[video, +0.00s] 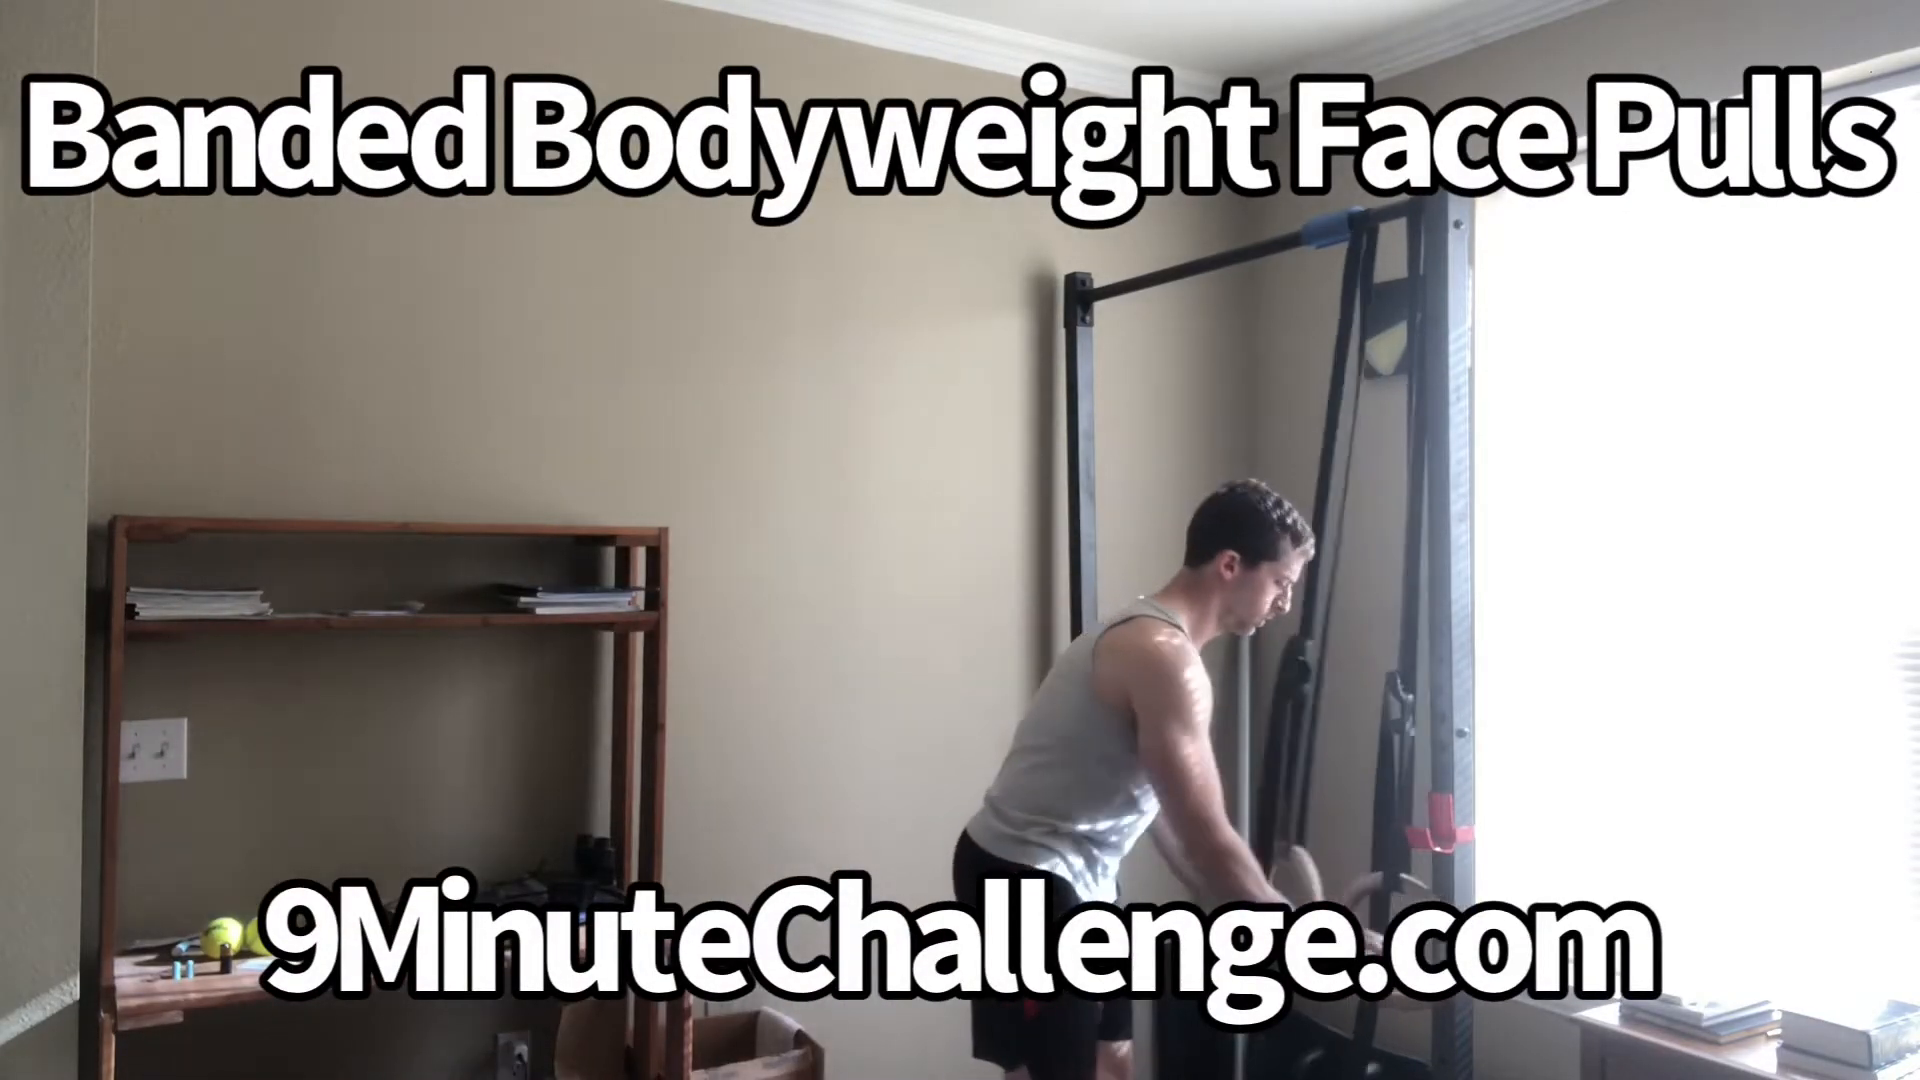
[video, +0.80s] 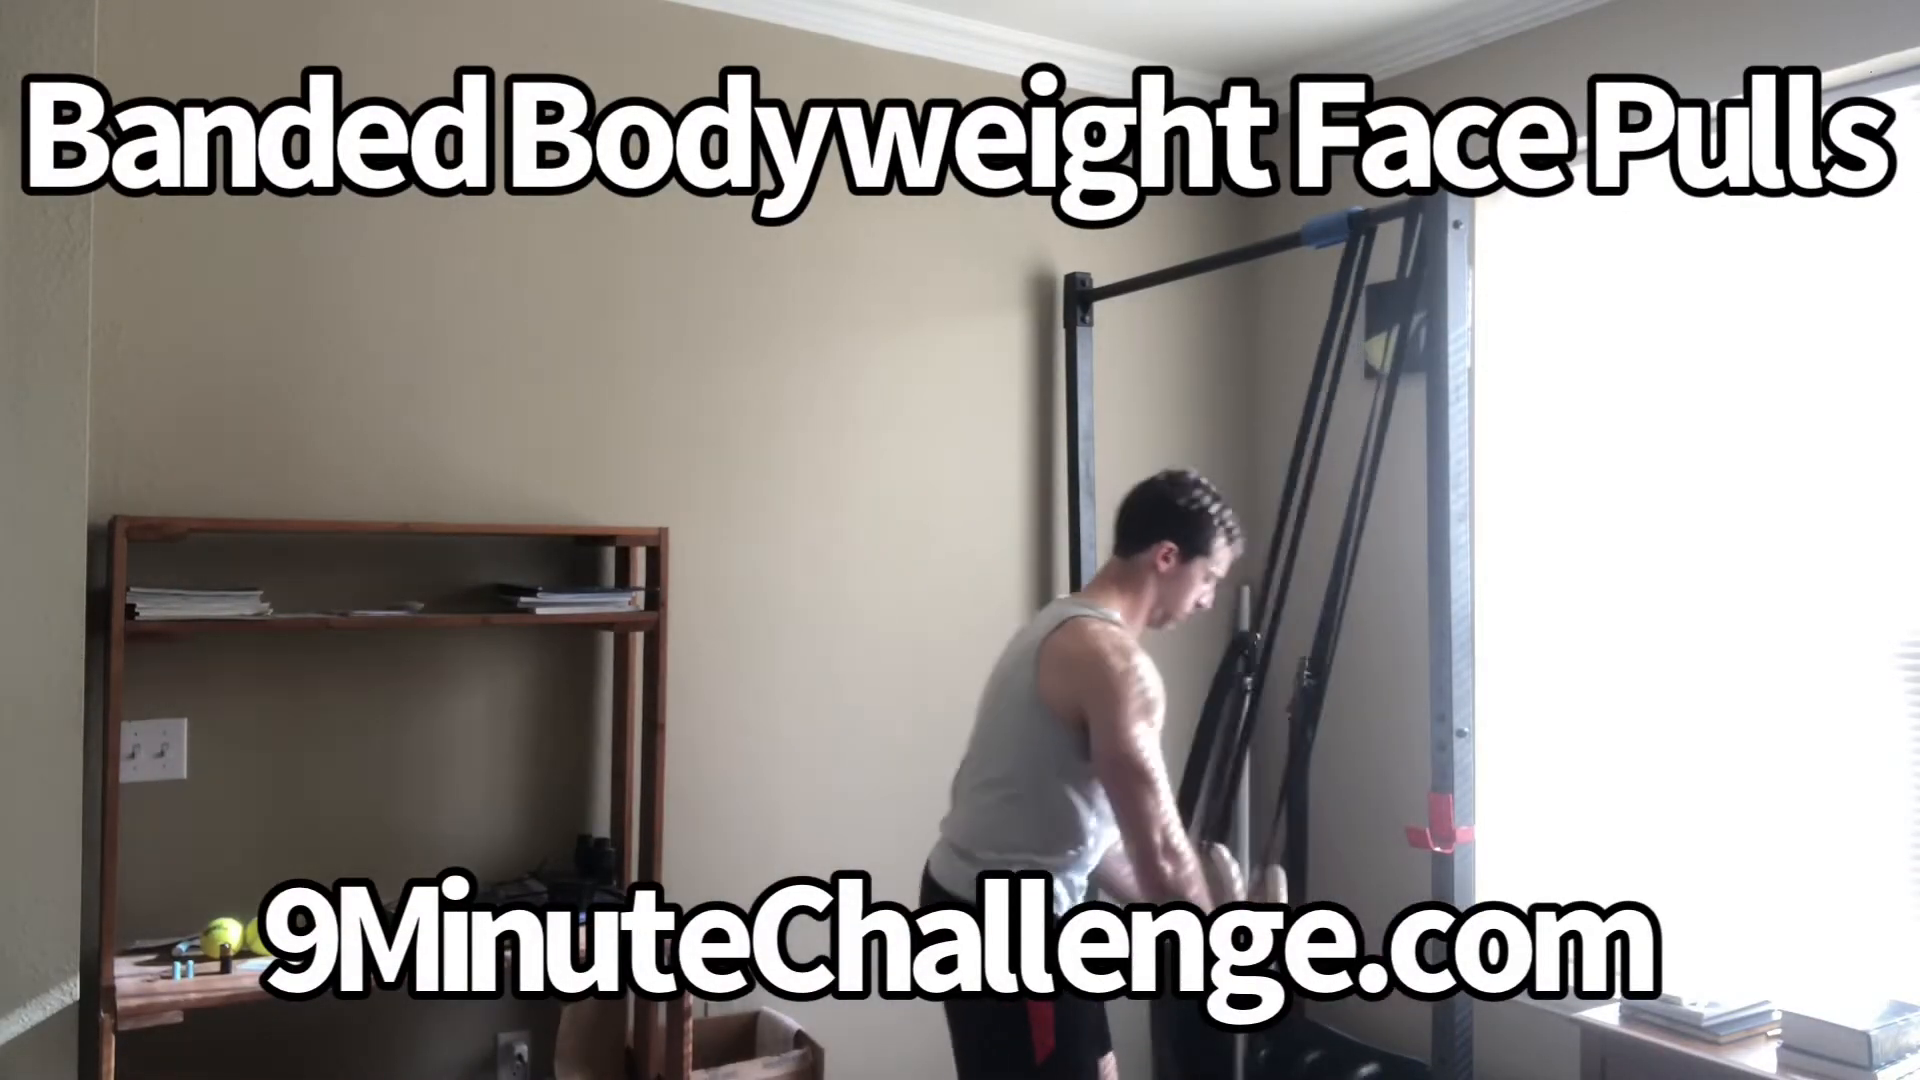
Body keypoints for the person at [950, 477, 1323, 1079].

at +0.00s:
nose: (1285, 604)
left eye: (1290, 587)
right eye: (1282, 583)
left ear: (1227, 568)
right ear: (1229, 566)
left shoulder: (1142, 634)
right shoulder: (1164, 657)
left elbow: (1172, 832)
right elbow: (1209, 841)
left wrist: (1253, 923)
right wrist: (1300, 933)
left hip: (1077, 874)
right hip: (1031, 875)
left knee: (1112, 1061)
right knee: (1054, 1067)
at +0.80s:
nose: (1208, 601)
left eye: (1216, 583)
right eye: (1209, 578)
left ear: (1155, 557)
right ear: (1165, 558)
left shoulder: (1060, 626)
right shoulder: (1115, 661)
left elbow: (1090, 832)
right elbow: (1161, 851)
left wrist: (1169, 919)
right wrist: (1220, 944)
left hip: (970, 891)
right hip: (1018, 908)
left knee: (1093, 1063)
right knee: (1078, 1068)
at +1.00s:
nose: (1157, 598)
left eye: (1167, 579)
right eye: (1162, 575)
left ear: (1106, 550)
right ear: (1123, 554)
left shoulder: (986, 631)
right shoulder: (1081, 667)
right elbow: (1126, 874)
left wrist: (1104, 901)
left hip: (928, 912)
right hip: (1006, 942)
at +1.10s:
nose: (1132, 588)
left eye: (1141, 570)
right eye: (1136, 567)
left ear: (1082, 538)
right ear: (1100, 544)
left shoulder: (952, 626)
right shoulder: (1068, 662)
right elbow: (1102, 867)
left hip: (908, 921)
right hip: (999, 949)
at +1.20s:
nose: (1105, 580)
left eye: (1114, 560)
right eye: (1109, 557)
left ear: (1022, 524)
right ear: (1073, 535)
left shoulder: (921, 622)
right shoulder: (1047, 654)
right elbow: (1076, 861)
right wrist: (1123, 973)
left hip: (887, 936)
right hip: (986, 954)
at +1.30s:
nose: (1073, 577)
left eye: (1082, 558)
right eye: (1079, 554)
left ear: (986, 519)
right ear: (1043, 531)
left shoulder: (889, 622)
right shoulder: (1020, 653)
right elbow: (1044, 853)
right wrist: (1105, 964)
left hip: (868, 944)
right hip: (966, 960)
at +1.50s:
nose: (997, 570)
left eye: (1005, 549)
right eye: (999, 545)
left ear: (903, 515)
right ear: (960, 526)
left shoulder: (816, 627)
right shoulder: (937, 653)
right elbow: (973, 867)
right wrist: (1057, 907)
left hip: (806, 963)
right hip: (908, 978)